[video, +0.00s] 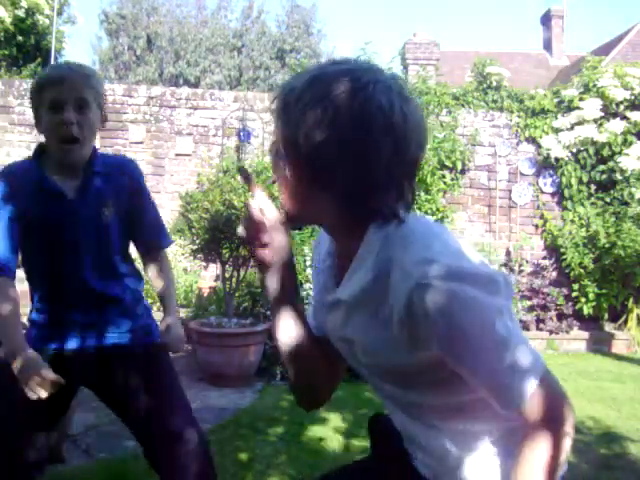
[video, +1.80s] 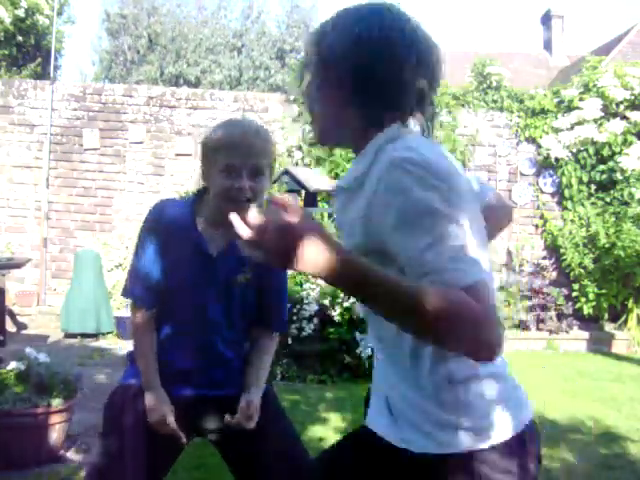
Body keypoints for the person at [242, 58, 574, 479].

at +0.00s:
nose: (273, 164)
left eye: (282, 151)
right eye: (276, 150)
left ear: (326, 162)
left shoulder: (433, 284)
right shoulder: (333, 245)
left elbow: (552, 417)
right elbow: (313, 390)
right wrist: (277, 270)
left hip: (484, 472)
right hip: (413, 450)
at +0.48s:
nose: (345, 179)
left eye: (351, 164)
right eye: (350, 163)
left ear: (373, 178)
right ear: (456, 177)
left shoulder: (448, 277)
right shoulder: (413, 259)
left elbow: (556, 435)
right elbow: (368, 388)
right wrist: (344, 259)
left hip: (510, 471)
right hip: (456, 464)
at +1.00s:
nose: (352, 148)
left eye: (363, 137)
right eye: (359, 137)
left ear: (403, 154)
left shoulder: (456, 260)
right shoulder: (422, 251)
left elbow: (569, 422)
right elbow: (378, 378)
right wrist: (349, 253)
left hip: (524, 471)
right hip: (479, 464)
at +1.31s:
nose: (389, 150)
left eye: (414, 141)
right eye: (375, 136)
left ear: (447, 178)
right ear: (351, 158)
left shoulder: (466, 272)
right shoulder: (379, 253)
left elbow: (569, 421)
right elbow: (353, 389)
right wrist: (326, 283)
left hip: (526, 472)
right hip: (455, 464)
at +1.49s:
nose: (382, 153)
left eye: (406, 143)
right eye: (365, 139)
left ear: (439, 180)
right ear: (341, 163)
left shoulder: (464, 271)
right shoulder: (367, 258)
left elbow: (562, 420)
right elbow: (375, 392)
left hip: (517, 470)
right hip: (445, 463)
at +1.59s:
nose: (372, 159)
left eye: (395, 149)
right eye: (355, 146)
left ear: (430, 182)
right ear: (331, 170)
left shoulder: (463, 278)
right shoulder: (366, 263)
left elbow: (553, 429)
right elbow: (386, 390)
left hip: (512, 469)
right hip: (438, 465)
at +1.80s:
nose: (306, 93)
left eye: (316, 77)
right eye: (310, 77)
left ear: (352, 81)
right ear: (399, 85)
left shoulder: (404, 170)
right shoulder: (408, 157)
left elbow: (480, 334)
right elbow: (497, 212)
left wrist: (329, 260)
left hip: (466, 451)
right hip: (402, 431)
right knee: (303, 475)